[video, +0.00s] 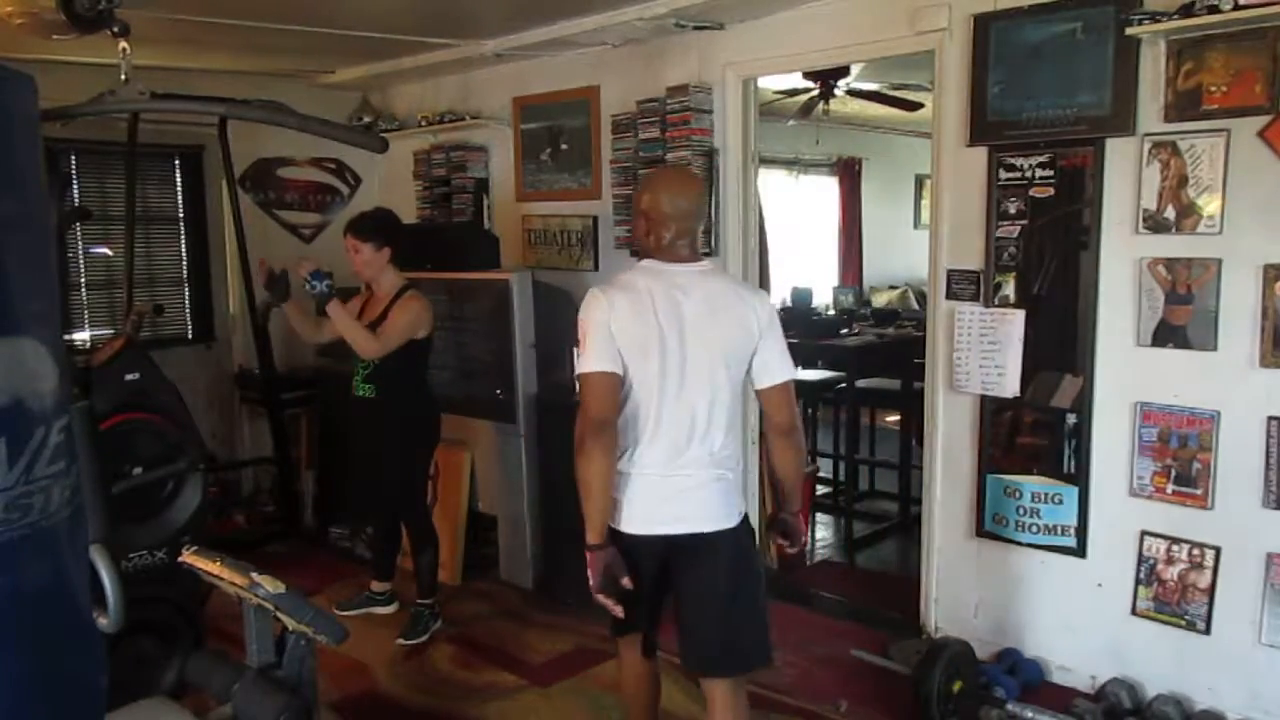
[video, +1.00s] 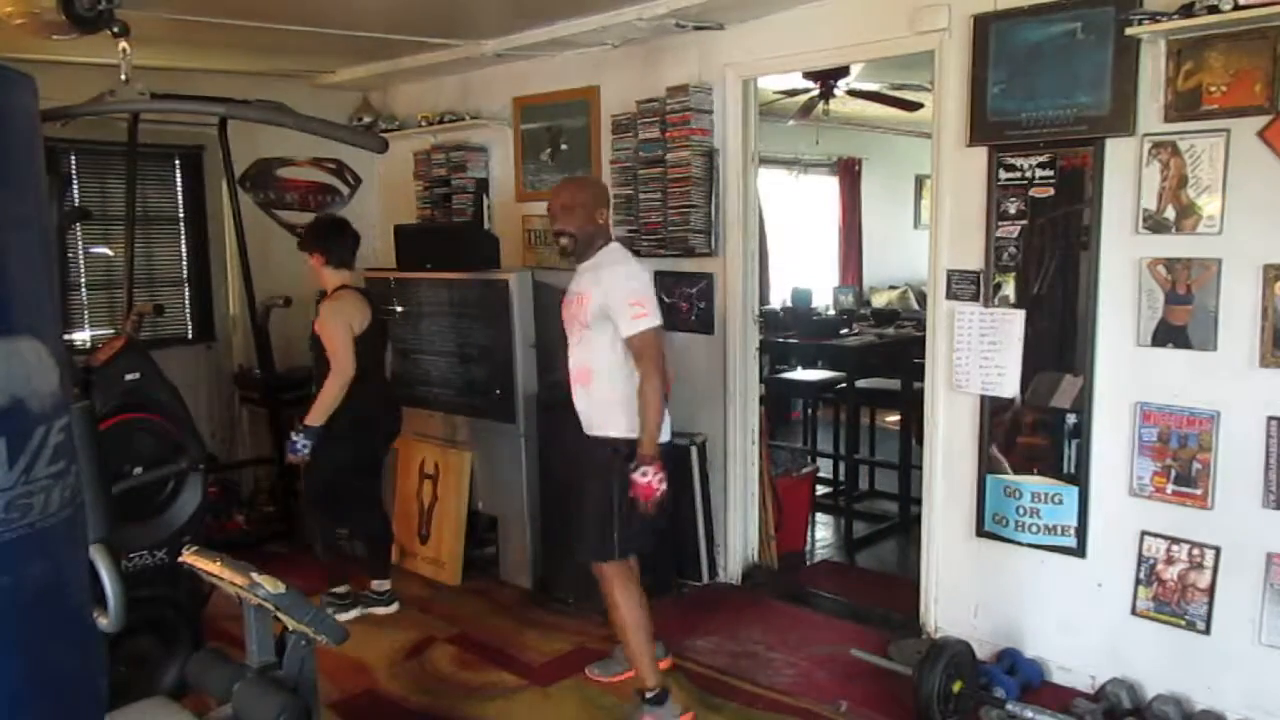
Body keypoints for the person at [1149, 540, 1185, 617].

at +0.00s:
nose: (1173, 554)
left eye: (1176, 552)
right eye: (1171, 551)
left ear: (1179, 553)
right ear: (1167, 552)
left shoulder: (1182, 568)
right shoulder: (1160, 566)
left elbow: (1181, 586)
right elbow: (1154, 581)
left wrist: (1174, 603)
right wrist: (1152, 596)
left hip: (1173, 602)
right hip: (1159, 600)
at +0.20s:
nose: (1173, 554)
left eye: (1176, 552)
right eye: (1171, 551)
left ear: (1180, 553)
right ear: (1167, 552)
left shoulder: (1182, 568)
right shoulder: (1160, 565)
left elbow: (1180, 585)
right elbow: (1155, 581)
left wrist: (1174, 602)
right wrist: (1152, 595)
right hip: (1160, 598)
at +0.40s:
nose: (1173, 554)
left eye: (1176, 552)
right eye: (1171, 551)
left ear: (1180, 553)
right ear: (1167, 552)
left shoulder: (1183, 568)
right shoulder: (1160, 565)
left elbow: (1182, 585)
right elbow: (1150, 582)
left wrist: (1174, 602)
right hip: (1160, 599)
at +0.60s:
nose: (1173, 554)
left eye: (1176, 552)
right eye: (1171, 551)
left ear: (1180, 553)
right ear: (1167, 552)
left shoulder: (1183, 568)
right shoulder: (1160, 565)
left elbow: (1182, 585)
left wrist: (1174, 602)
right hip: (1160, 599)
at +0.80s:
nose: (1173, 554)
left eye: (1176, 552)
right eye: (1171, 551)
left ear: (1180, 553)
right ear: (1167, 552)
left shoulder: (1183, 568)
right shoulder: (1160, 565)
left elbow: (1182, 585)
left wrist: (1174, 602)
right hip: (1160, 599)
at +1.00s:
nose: (1173, 554)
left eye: (1176, 552)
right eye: (1170, 551)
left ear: (1179, 553)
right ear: (1167, 552)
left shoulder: (1182, 567)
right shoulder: (1160, 565)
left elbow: (1181, 585)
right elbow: (1155, 581)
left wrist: (1174, 603)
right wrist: (1151, 596)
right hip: (1158, 600)